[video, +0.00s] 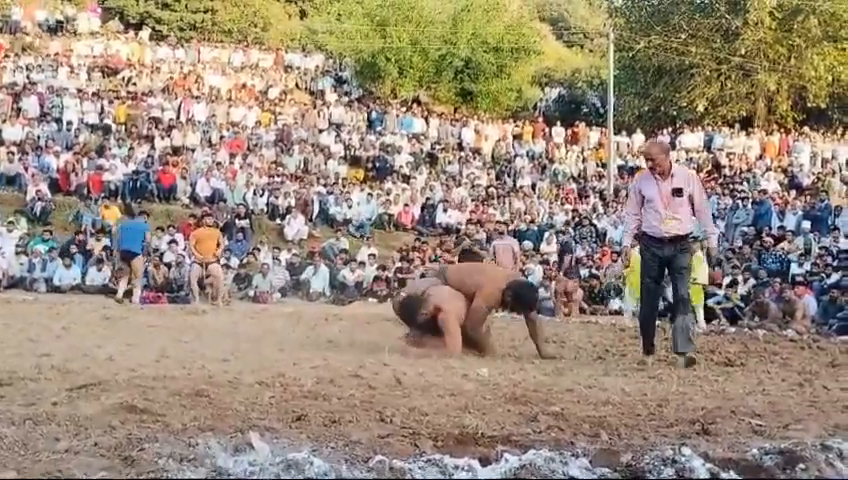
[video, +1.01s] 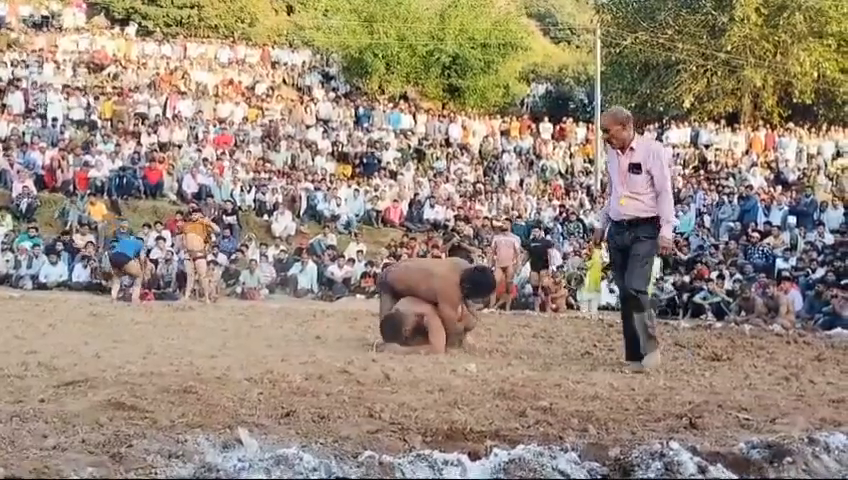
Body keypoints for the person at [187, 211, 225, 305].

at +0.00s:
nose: (210, 221)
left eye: (211, 219)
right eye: (207, 219)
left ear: (213, 220)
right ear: (203, 220)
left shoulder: (217, 232)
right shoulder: (195, 233)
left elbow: (221, 244)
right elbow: (191, 246)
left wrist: (218, 252)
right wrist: (197, 255)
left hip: (212, 259)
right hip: (199, 259)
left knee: (219, 276)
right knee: (193, 277)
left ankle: (219, 299)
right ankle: (196, 299)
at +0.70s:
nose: (202, 217)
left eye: (204, 215)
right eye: (200, 215)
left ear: (207, 217)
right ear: (197, 217)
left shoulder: (212, 227)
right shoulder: (192, 227)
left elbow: (220, 237)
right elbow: (185, 238)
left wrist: (213, 241)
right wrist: (189, 246)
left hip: (208, 254)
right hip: (195, 254)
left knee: (209, 276)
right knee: (191, 275)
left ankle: (211, 298)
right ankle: (190, 296)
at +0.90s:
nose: (196, 216)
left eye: (198, 214)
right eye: (194, 214)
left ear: (201, 215)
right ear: (191, 215)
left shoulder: (205, 226)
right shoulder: (187, 227)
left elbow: (219, 232)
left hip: (202, 253)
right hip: (190, 253)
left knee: (204, 276)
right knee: (191, 275)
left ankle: (207, 297)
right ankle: (188, 296)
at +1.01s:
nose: (194, 216)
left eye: (196, 213)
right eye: (192, 214)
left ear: (200, 214)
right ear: (189, 215)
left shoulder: (203, 223)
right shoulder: (186, 225)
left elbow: (217, 230)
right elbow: (180, 235)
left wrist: (208, 222)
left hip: (200, 252)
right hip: (188, 252)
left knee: (203, 276)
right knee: (189, 275)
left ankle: (206, 297)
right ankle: (187, 296)